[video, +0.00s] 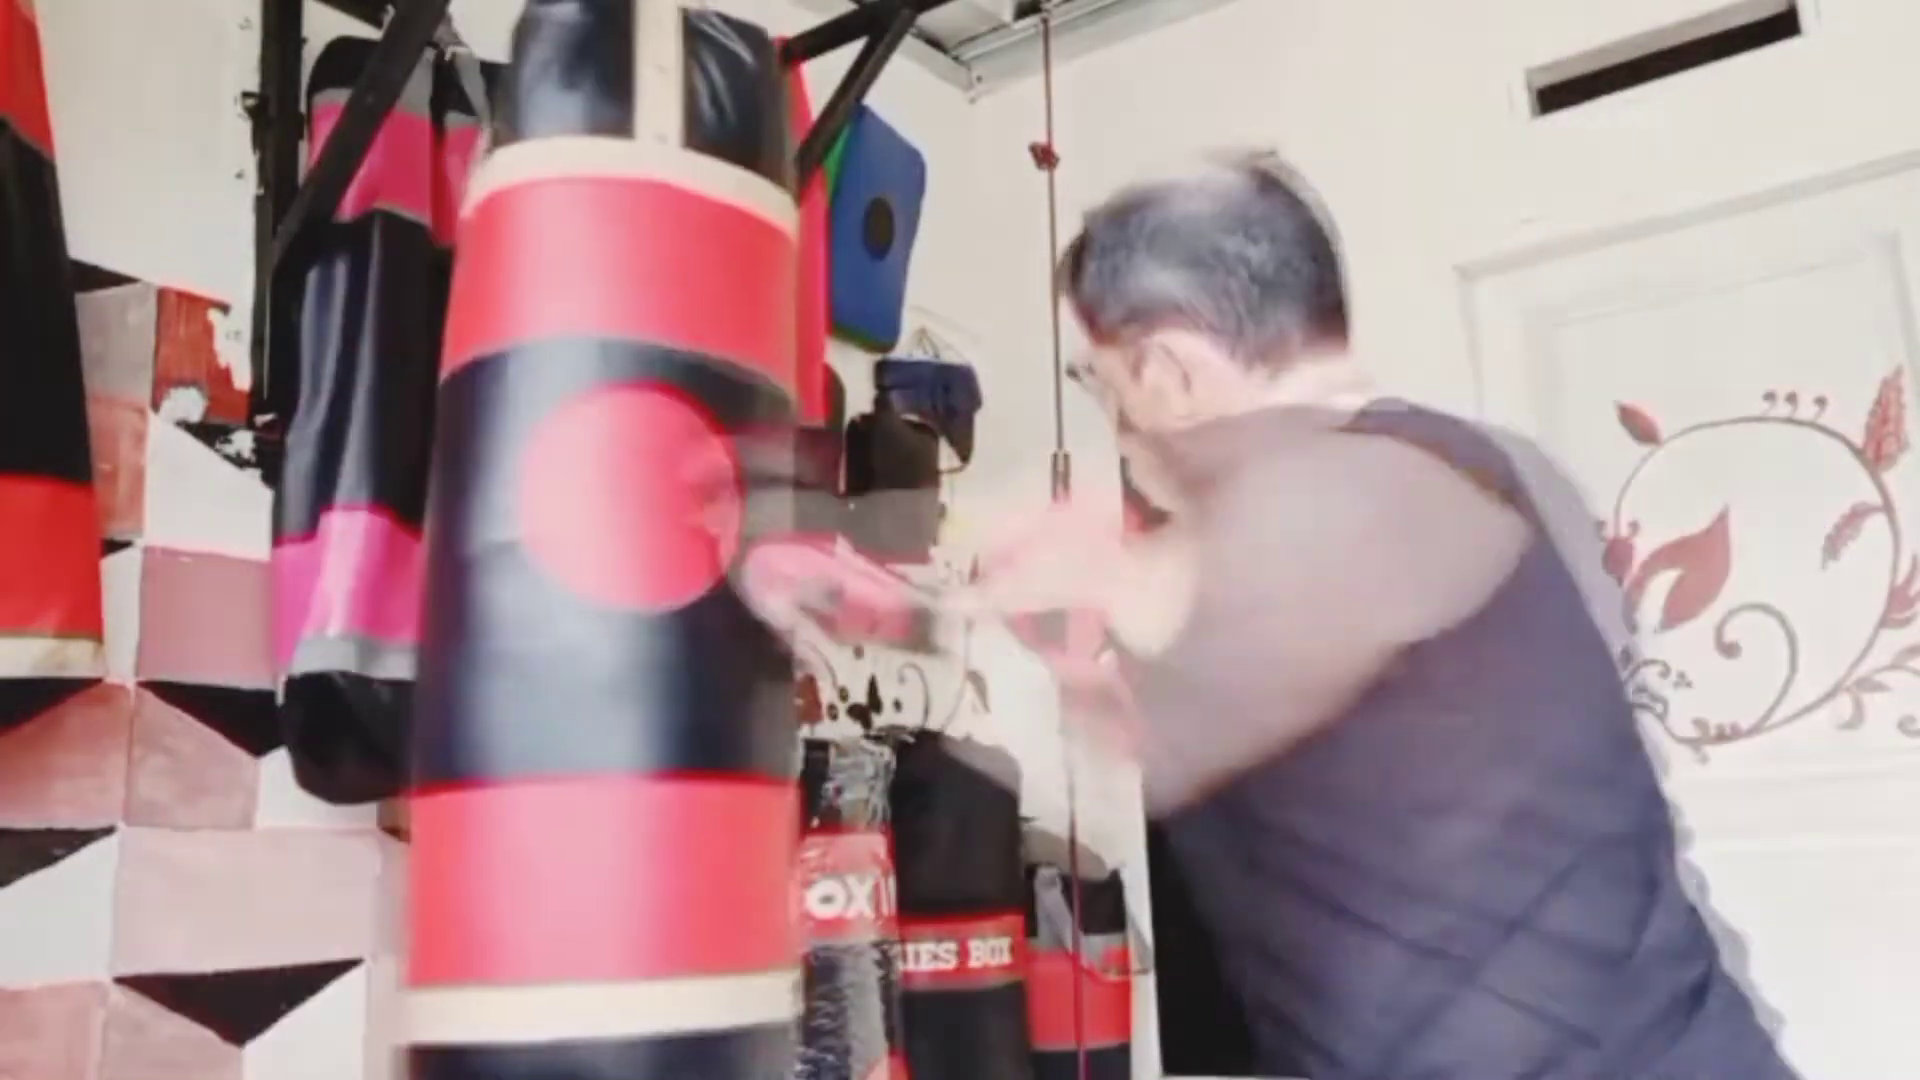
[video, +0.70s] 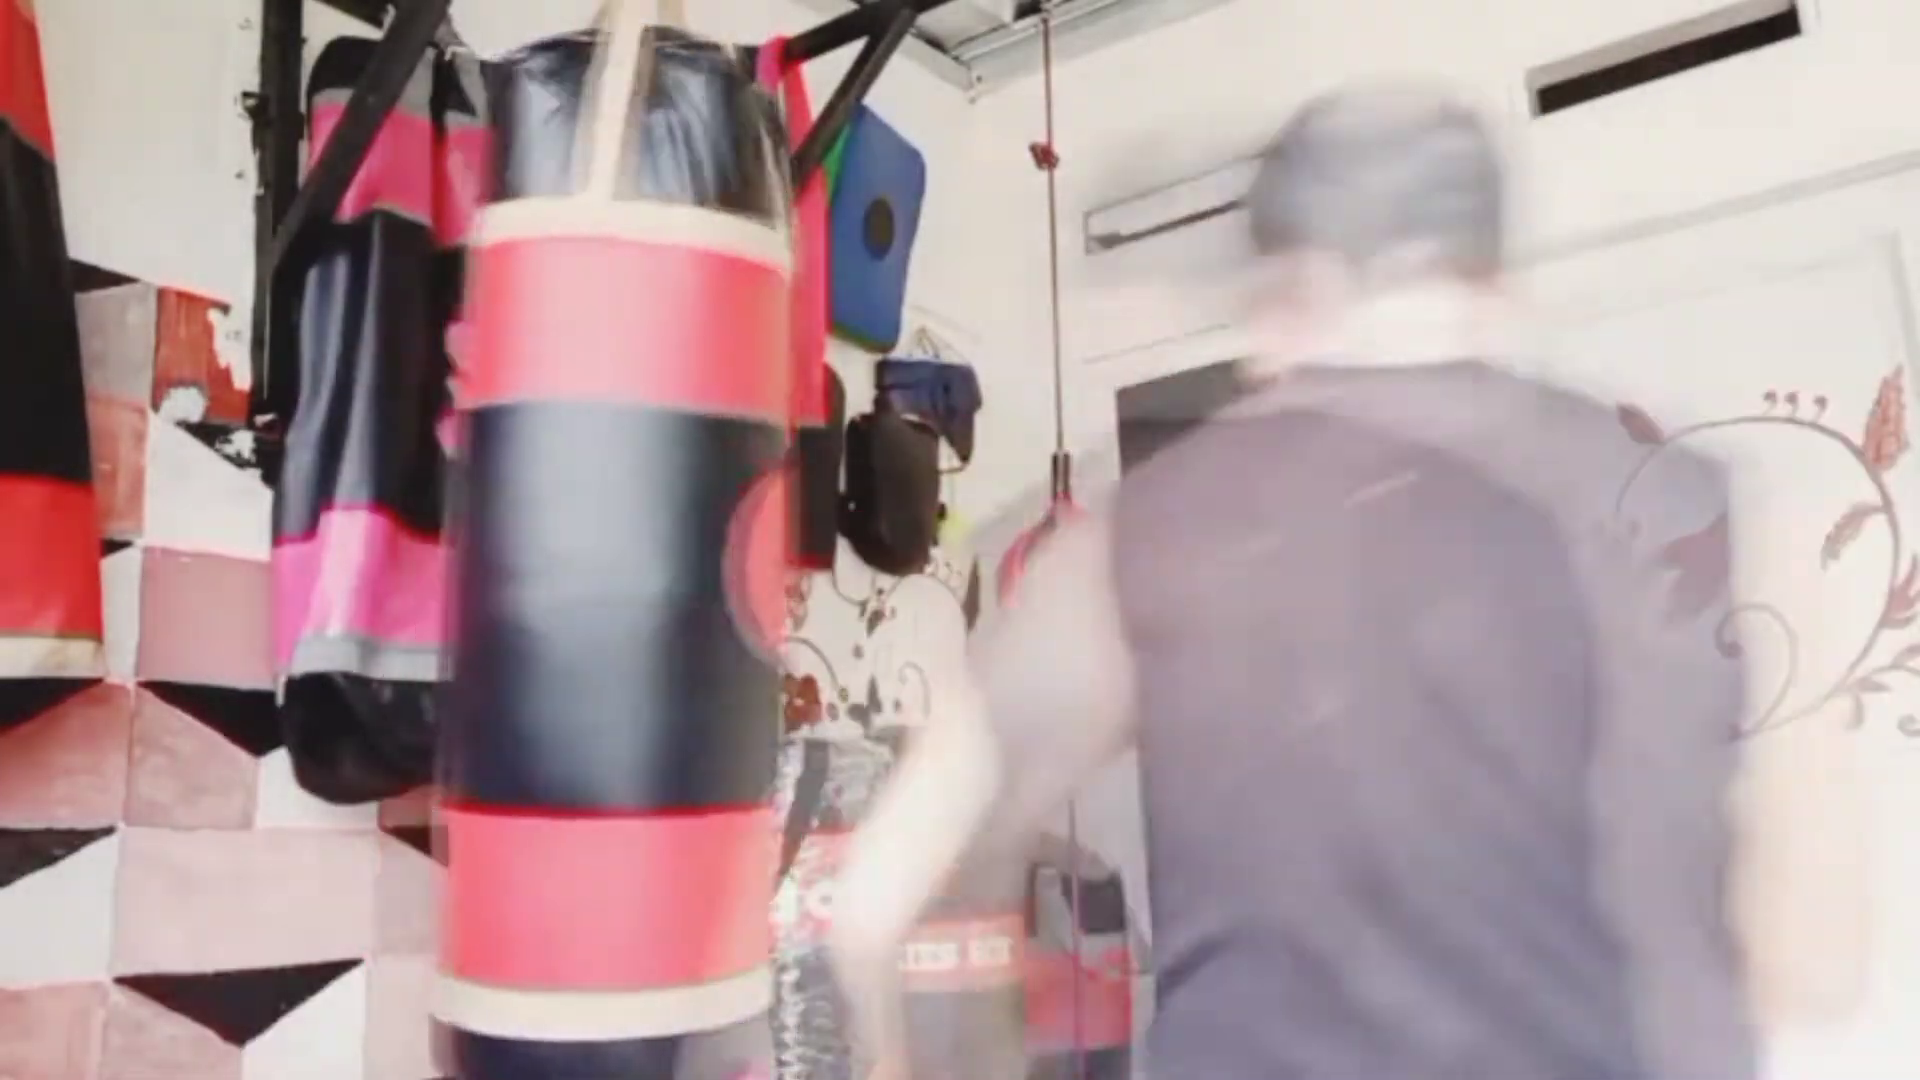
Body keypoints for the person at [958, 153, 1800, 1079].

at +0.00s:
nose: (1109, 423)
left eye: (1102, 380)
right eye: (1096, 384)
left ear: (1171, 365)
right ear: (1315, 323)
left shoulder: (1328, 499)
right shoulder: (1470, 461)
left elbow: (1115, 771)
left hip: (1534, 1059)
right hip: (1673, 1038)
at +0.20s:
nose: (1230, 365)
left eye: (1224, 328)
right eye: (1217, 335)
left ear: (1271, 289)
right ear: (1423, 260)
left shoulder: (1266, 469)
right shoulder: (1711, 457)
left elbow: (1006, 731)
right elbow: (1783, 813)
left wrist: (925, 613)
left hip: (1447, 1037)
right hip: (1763, 1032)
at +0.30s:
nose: (1333, 378)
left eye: (1320, 337)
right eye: (1316, 345)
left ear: (1375, 296)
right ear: (1540, 275)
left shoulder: (1378, 523)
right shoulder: (1803, 488)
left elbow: (1113, 879)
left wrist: (1130, 670)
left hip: (1541, 1048)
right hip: (1845, 1043)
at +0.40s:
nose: (1355, 332)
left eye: (1350, 287)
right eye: (1343, 292)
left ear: (1412, 248)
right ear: (1582, 228)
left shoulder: (1397, 454)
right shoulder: (1825, 446)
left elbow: (1151, 808)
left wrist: (1176, 601)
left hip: (1525, 1048)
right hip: (1850, 1044)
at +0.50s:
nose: (1341, 275)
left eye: (1335, 231)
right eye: (1331, 239)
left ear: (1385, 198)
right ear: (1581, 190)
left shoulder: (1308, 373)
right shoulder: (1816, 377)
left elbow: (1147, 745)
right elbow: (1851, 773)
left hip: (1390, 1035)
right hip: (1793, 1039)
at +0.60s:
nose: (1328, 290)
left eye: (1326, 260)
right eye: (1322, 264)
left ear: (1365, 236)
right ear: (1582, 224)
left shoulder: (1269, 417)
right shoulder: (1801, 414)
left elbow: (1045, 752)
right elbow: (1872, 825)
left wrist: (1098, 953)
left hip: (1333, 1038)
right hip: (1707, 1045)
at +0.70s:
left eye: (1272, 279)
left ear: (1284, 278)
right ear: (1492, 267)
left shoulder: (1158, 509)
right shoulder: (1643, 496)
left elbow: (867, 912)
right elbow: (1675, 916)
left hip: (1237, 1053)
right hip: (1554, 1051)